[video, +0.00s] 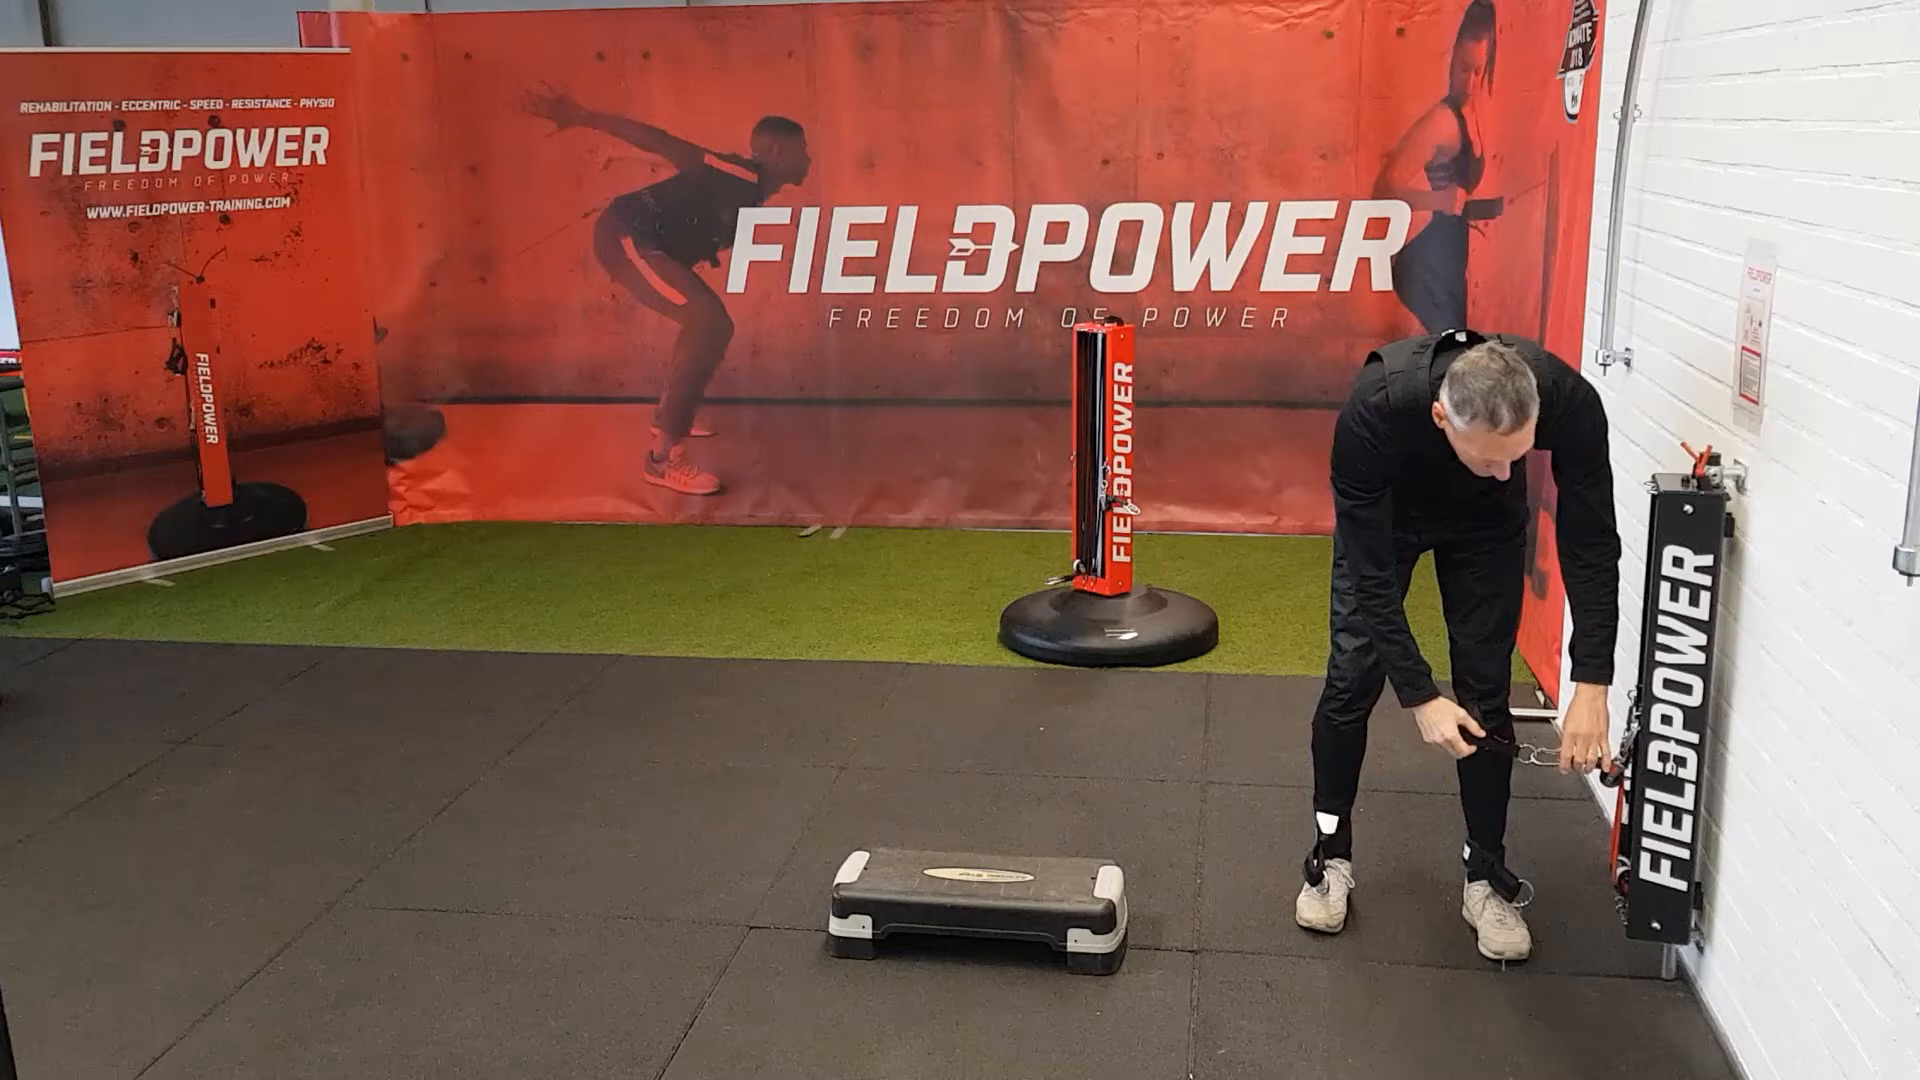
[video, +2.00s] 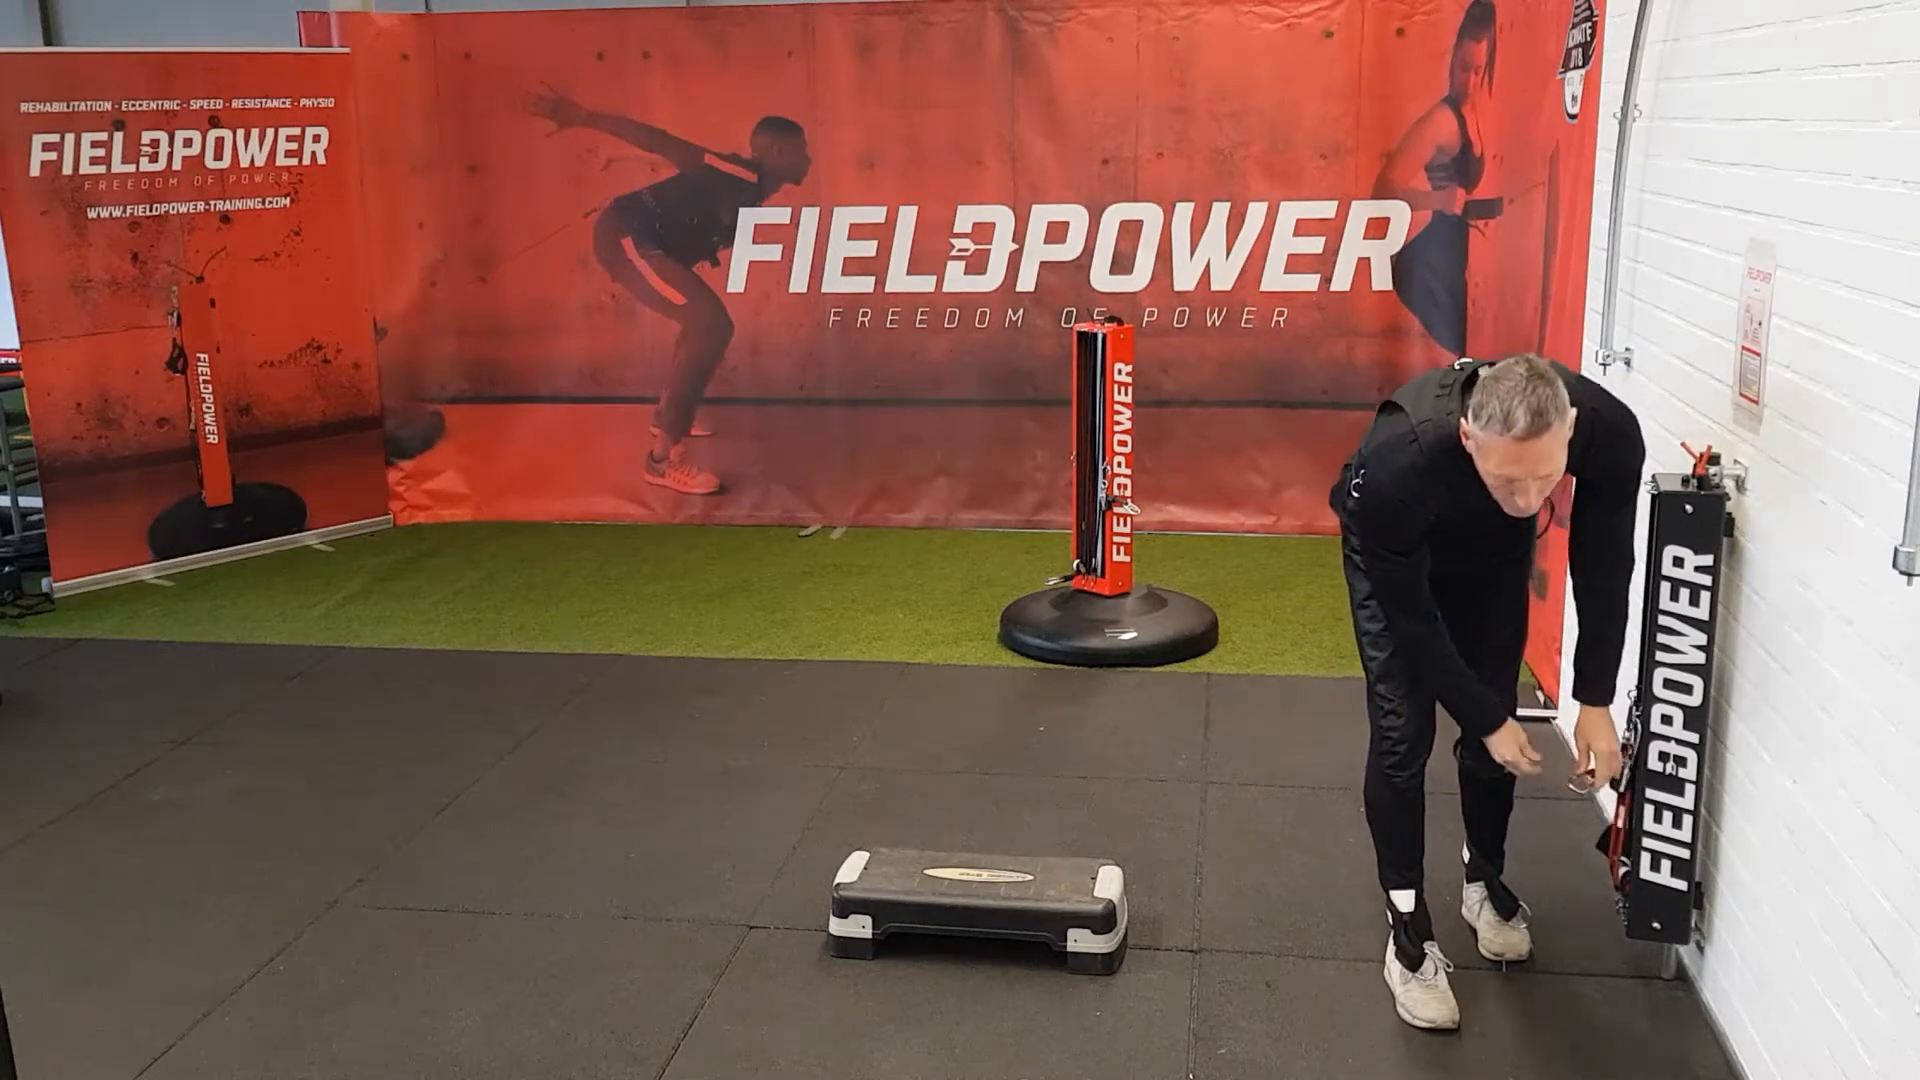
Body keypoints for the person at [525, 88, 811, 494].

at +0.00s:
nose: (808, 159)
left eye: (805, 150)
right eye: (800, 150)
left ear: (774, 151)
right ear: (772, 150)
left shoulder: (748, 191)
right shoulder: (733, 179)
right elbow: (659, 141)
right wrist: (583, 116)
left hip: (645, 237)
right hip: (627, 233)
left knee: (715, 323)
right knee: (709, 323)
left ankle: (671, 414)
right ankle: (664, 457)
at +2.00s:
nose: (808, 158)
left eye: (805, 149)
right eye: (800, 150)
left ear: (773, 151)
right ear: (772, 151)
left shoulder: (744, 185)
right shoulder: (735, 181)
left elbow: (659, 142)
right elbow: (658, 141)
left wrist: (583, 116)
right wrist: (583, 117)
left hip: (638, 234)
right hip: (627, 234)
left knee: (709, 322)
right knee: (713, 326)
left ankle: (670, 414)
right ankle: (664, 457)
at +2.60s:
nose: (808, 158)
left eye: (805, 149)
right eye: (801, 149)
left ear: (774, 151)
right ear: (774, 150)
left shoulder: (746, 186)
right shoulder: (734, 179)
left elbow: (660, 142)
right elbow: (658, 141)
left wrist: (583, 116)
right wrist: (583, 117)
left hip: (641, 235)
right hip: (627, 233)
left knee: (709, 322)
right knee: (713, 326)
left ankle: (670, 413)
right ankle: (664, 457)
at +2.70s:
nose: (807, 159)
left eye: (805, 150)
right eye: (801, 149)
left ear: (773, 151)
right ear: (772, 150)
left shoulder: (749, 190)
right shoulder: (735, 179)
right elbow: (661, 142)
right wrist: (582, 117)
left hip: (643, 236)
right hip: (626, 234)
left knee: (709, 322)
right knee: (712, 326)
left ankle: (670, 414)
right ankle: (665, 457)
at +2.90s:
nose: (807, 159)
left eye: (804, 150)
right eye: (800, 150)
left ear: (774, 151)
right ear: (772, 150)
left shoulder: (750, 191)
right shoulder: (736, 177)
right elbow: (661, 143)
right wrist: (582, 117)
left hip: (643, 236)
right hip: (627, 234)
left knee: (708, 322)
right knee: (713, 325)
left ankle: (670, 414)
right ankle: (665, 457)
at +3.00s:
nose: (807, 159)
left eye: (804, 150)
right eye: (801, 150)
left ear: (773, 151)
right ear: (772, 150)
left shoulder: (749, 189)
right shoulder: (737, 178)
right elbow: (662, 143)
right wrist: (582, 117)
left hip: (642, 237)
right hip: (627, 235)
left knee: (710, 322)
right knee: (712, 325)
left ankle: (670, 413)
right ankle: (665, 458)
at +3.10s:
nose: (807, 159)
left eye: (804, 150)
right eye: (800, 150)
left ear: (774, 151)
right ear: (772, 150)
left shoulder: (750, 190)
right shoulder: (736, 177)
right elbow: (661, 143)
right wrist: (582, 117)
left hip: (643, 236)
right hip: (627, 234)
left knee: (708, 322)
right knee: (713, 325)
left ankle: (670, 414)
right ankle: (665, 457)